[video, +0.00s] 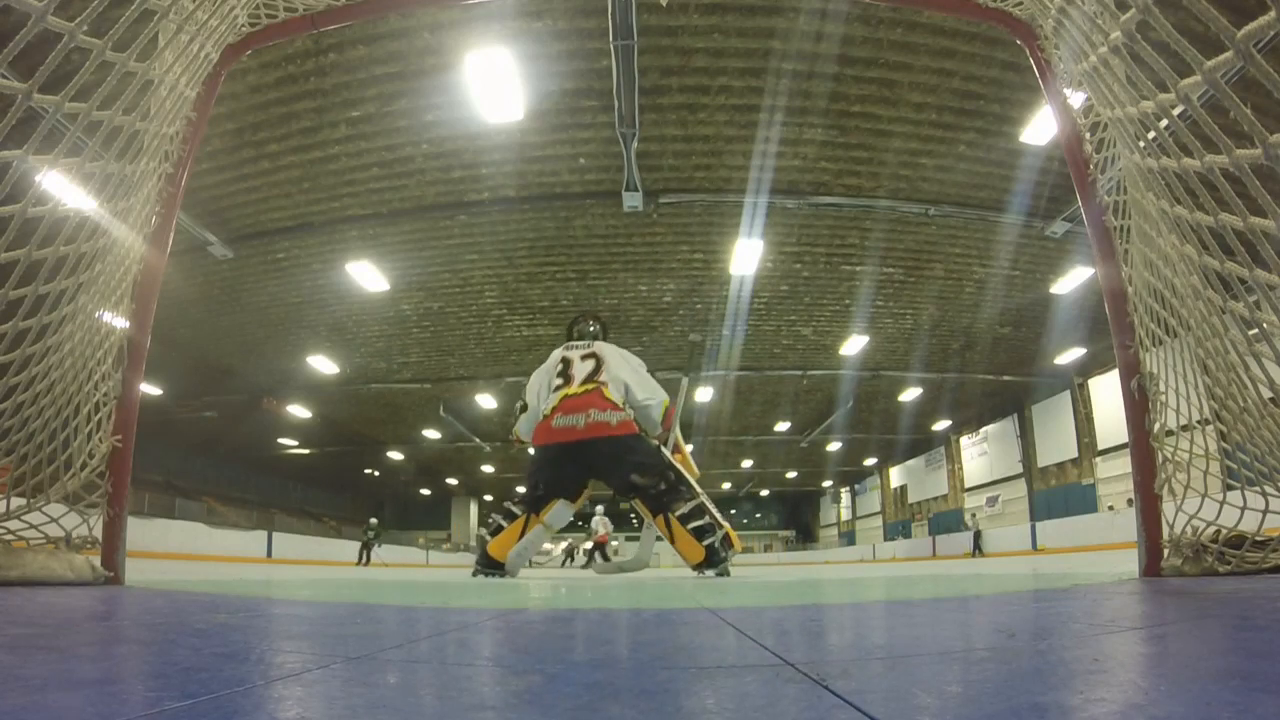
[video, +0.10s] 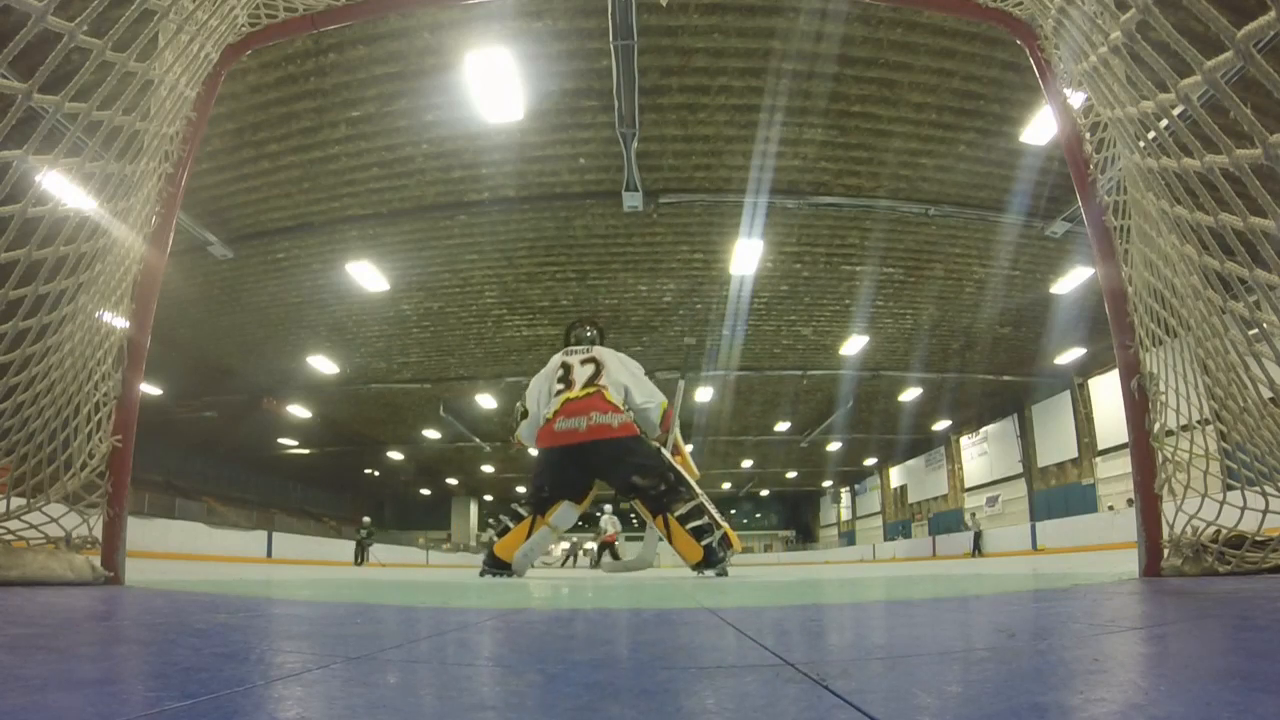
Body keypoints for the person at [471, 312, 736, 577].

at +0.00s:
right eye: (600, 334)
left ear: (568, 336)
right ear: (602, 335)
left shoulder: (548, 364)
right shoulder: (617, 354)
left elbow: (529, 415)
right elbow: (653, 401)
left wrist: (521, 435)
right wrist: (662, 436)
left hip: (556, 444)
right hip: (613, 437)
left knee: (534, 503)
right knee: (664, 492)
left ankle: (490, 562)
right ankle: (712, 554)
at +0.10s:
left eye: (577, 340)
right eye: (595, 339)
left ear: (567, 342)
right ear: (600, 339)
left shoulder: (548, 369)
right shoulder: (617, 359)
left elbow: (527, 425)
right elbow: (654, 405)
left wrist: (527, 440)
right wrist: (663, 441)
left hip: (559, 447)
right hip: (614, 438)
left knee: (546, 509)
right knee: (663, 494)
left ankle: (498, 563)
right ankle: (710, 556)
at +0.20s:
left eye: (578, 345)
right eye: (594, 344)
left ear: (566, 347)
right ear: (601, 344)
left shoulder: (548, 375)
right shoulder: (618, 363)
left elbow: (531, 432)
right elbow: (654, 408)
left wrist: (552, 449)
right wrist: (665, 444)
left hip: (563, 448)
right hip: (618, 439)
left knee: (547, 509)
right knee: (665, 495)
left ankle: (503, 563)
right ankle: (710, 555)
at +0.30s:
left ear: (567, 351)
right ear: (600, 348)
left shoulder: (550, 378)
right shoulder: (617, 366)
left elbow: (534, 434)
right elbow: (654, 410)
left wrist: (551, 457)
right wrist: (669, 445)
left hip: (565, 447)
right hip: (621, 439)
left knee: (552, 509)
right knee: (664, 496)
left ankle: (505, 562)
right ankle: (708, 555)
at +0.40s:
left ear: (569, 353)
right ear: (600, 350)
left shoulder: (554, 378)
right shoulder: (618, 368)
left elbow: (536, 433)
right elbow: (654, 412)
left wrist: (549, 455)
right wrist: (665, 446)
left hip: (567, 448)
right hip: (623, 442)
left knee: (548, 507)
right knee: (664, 497)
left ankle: (504, 561)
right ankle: (708, 556)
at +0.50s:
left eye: (579, 351)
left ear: (572, 354)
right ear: (602, 352)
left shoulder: (554, 380)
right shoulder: (620, 370)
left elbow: (538, 435)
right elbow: (656, 413)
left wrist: (548, 456)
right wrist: (669, 446)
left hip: (567, 449)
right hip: (623, 443)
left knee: (548, 509)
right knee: (665, 499)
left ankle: (502, 563)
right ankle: (708, 557)